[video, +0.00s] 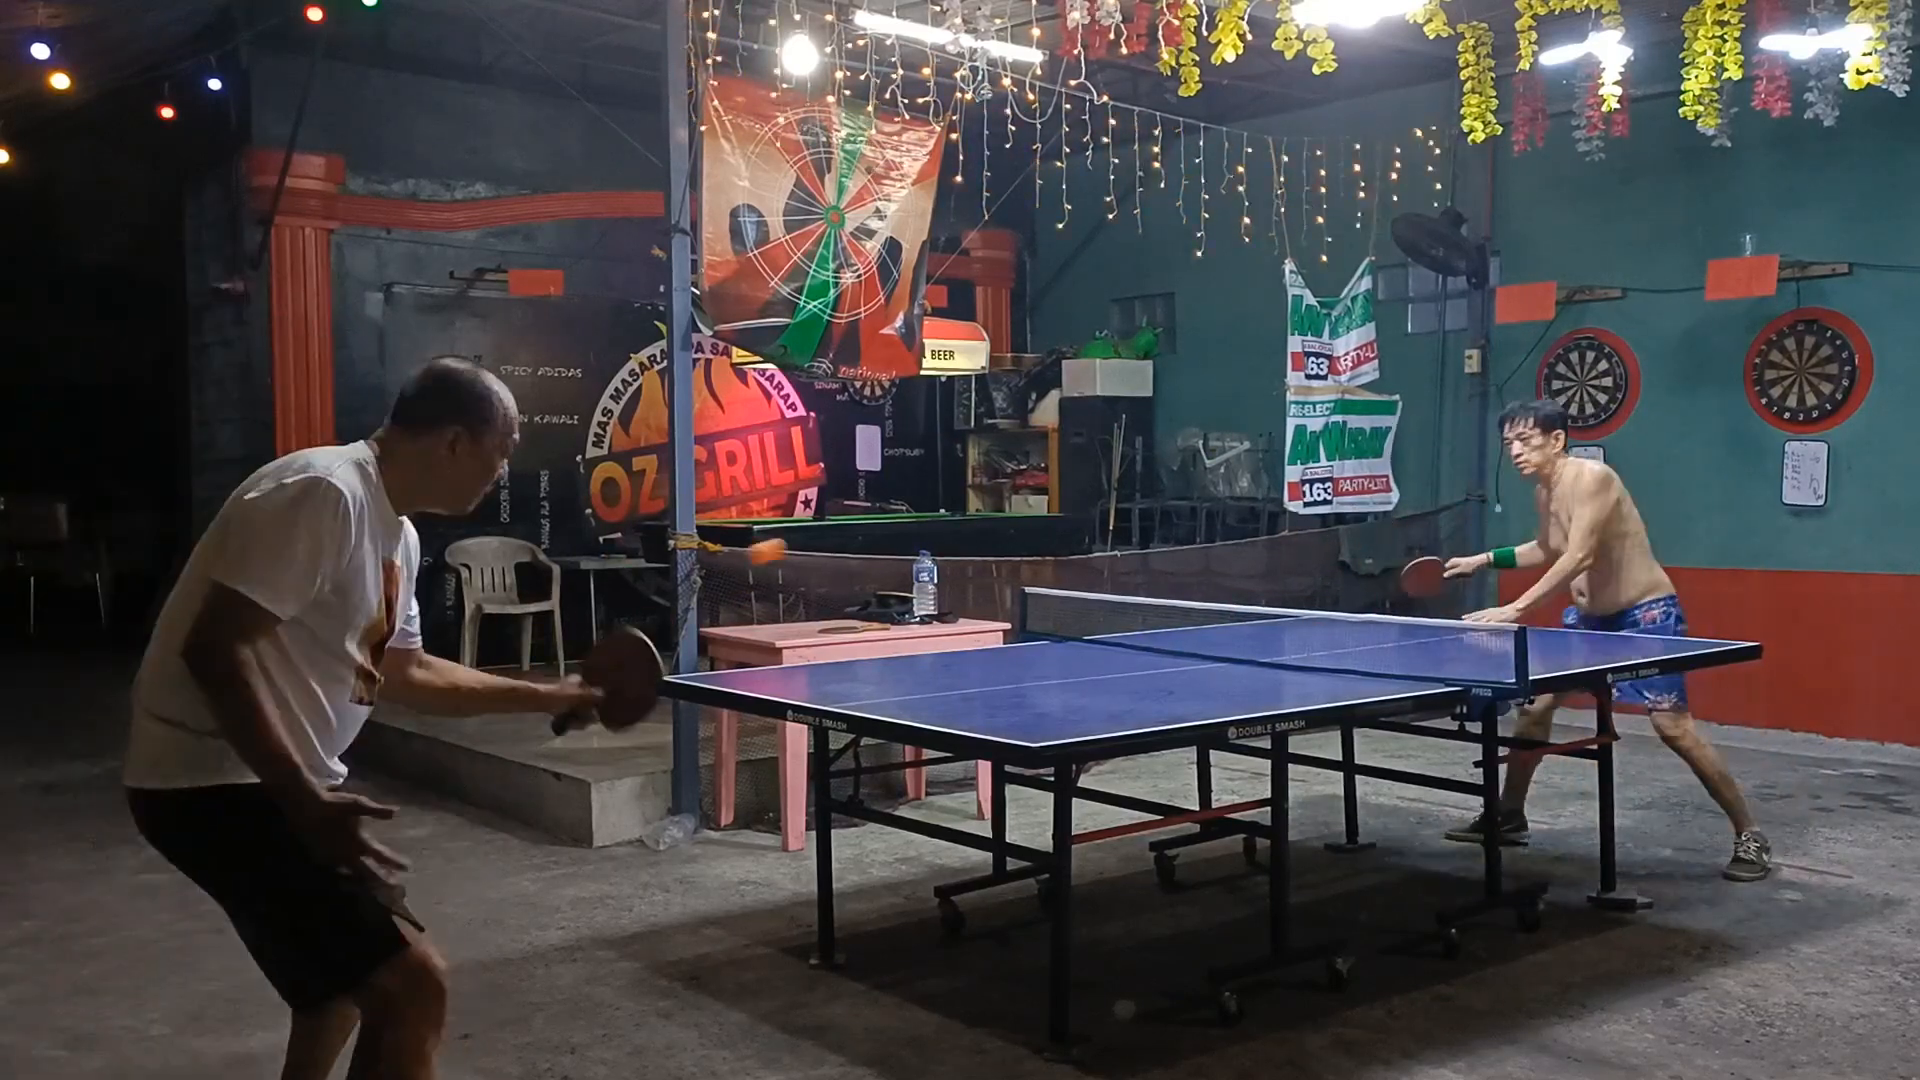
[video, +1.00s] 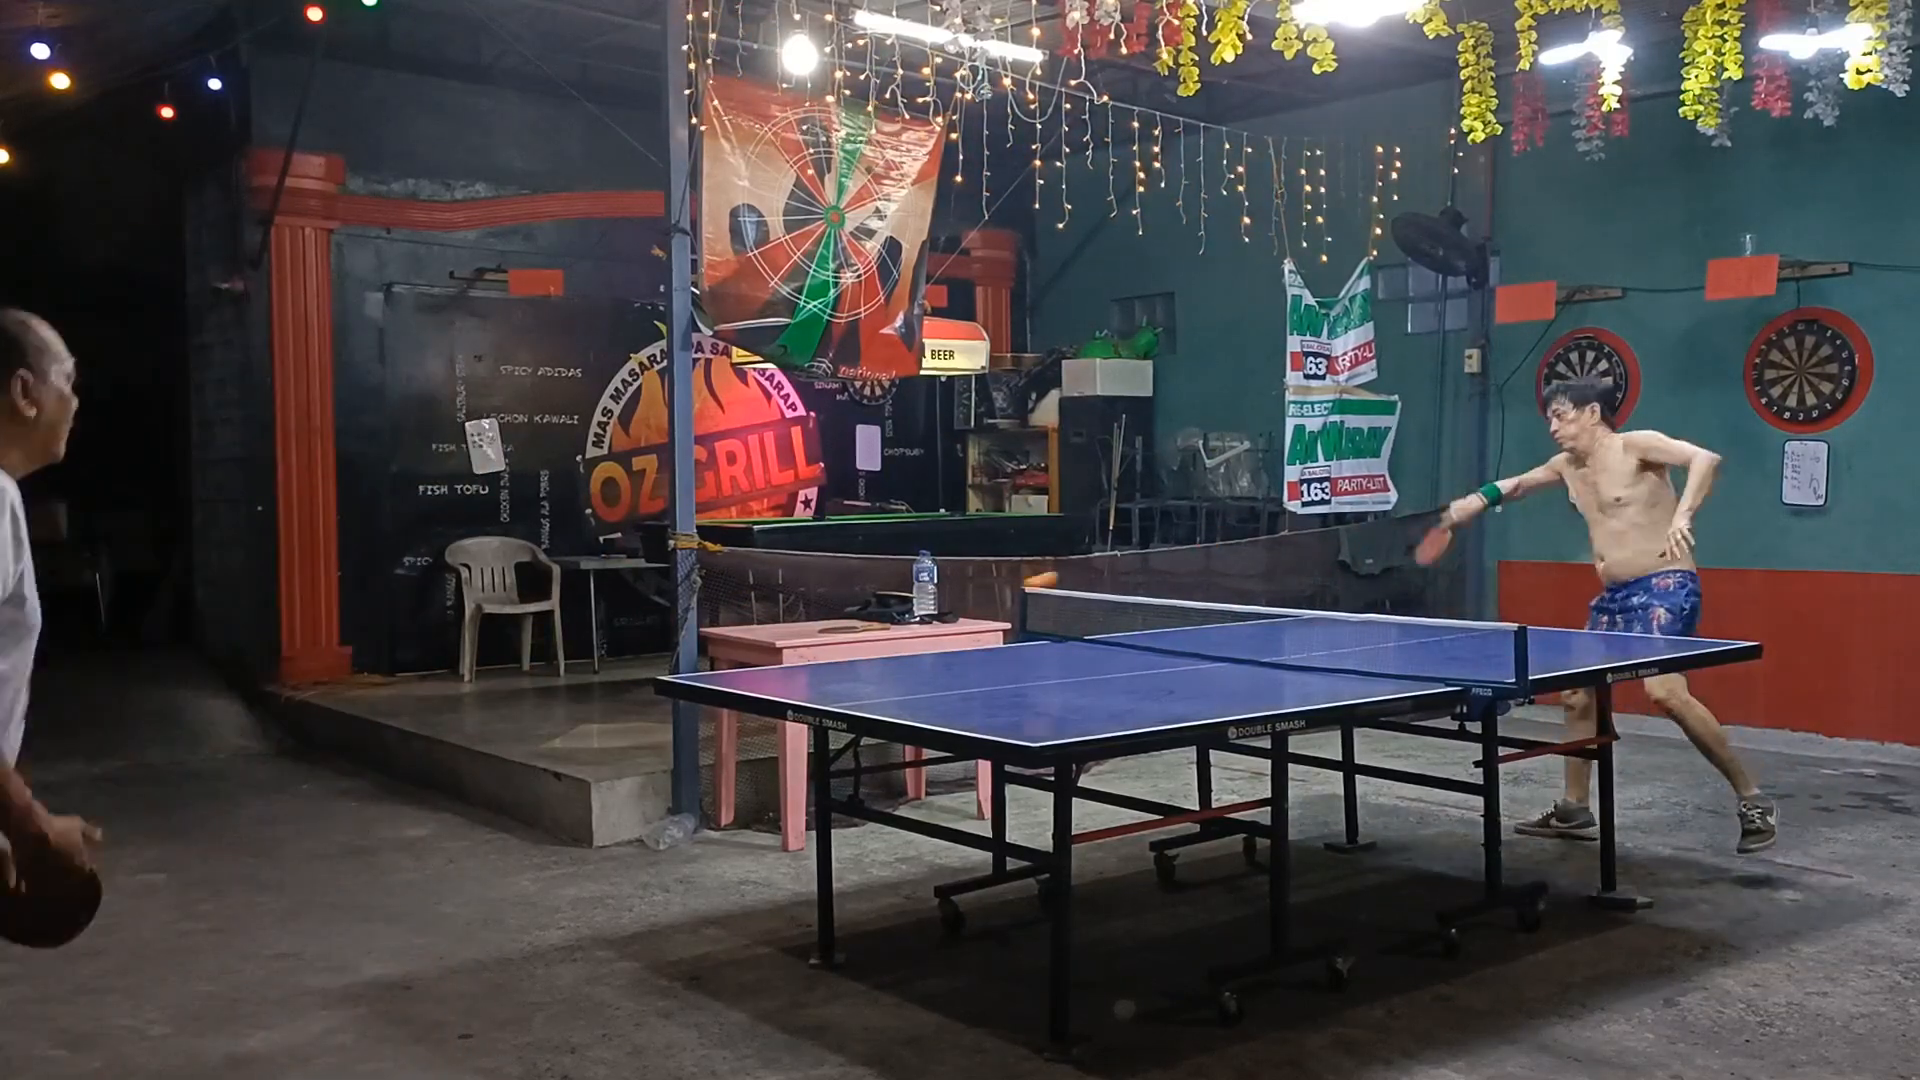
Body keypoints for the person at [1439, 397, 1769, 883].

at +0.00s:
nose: (1514, 451)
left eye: (1523, 440)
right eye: (1509, 443)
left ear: (1556, 439)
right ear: (1508, 447)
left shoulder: (1591, 478)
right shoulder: (1546, 490)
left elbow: (1580, 555)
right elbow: (1548, 550)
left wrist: (1515, 609)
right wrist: (1483, 560)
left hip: (1647, 618)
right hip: (1589, 619)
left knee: (1673, 728)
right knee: (1534, 704)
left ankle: (1749, 835)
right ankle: (1509, 813)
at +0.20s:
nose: (1558, 438)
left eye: (1568, 427)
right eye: (1553, 430)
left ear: (1602, 428)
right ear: (1553, 436)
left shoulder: (1636, 465)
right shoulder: (1579, 484)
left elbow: (1628, 536)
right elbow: (1557, 538)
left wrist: (1555, 588)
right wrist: (1509, 544)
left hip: (1689, 610)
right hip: (1633, 618)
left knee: (1711, 723)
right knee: (1590, 712)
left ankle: (1798, 838)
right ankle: (1633, 823)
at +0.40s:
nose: (1578, 454)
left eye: (1586, 443)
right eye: (1575, 445)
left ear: (1620, 439)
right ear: (1611, 444)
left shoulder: (1648, 475)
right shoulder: (1633, 483)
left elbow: (1614, 555)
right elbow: (1610, 542)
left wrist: (1548, 608)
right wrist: (1545, 544)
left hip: (1705, 621)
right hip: (1660, 626)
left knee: (1711, 738)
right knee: (1594, 692)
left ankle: (1809, 842)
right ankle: (1618, 805)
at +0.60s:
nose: (1566, 476)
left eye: (1569, 464)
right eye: (1562, 467)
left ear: (1599, 454)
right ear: (1609, 458)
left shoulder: (1613, 478)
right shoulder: (1650, 487)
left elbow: (1587, 524)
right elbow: (1646, 556)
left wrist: (1518, 578)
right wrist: (1594, 562)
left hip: (1675, 627)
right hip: (1674, 626)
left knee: (1694, 746)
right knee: (1596, 699)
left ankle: (1806, 837)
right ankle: (1580, 810)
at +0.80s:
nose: (1537, 492)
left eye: (1538, 481)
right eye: (1534, 484)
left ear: (1563, 469)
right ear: (1563, 474)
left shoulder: (1590, 481)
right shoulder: (1588, 512)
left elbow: (1631, 493)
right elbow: (1602, 595)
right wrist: (1551, 587)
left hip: (1654, 615)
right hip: (1619, 625)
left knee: (1666, 733)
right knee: (1553, 702)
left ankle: (1783, 825)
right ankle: (1572, 811)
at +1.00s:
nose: (1553, 427)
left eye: (1560, 416)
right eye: (1550, 419)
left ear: (1592, 413)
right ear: (1557, 423)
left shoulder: (1636, 445)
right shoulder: (1566, 465)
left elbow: (1705, 460)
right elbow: (1518, 484)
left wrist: (1683, 513)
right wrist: (1477, 499)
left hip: (1664, 587)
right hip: (1615, 597)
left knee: (1665, 692)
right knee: (1577, 696)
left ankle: (1751, 798)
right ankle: (1574, 808)